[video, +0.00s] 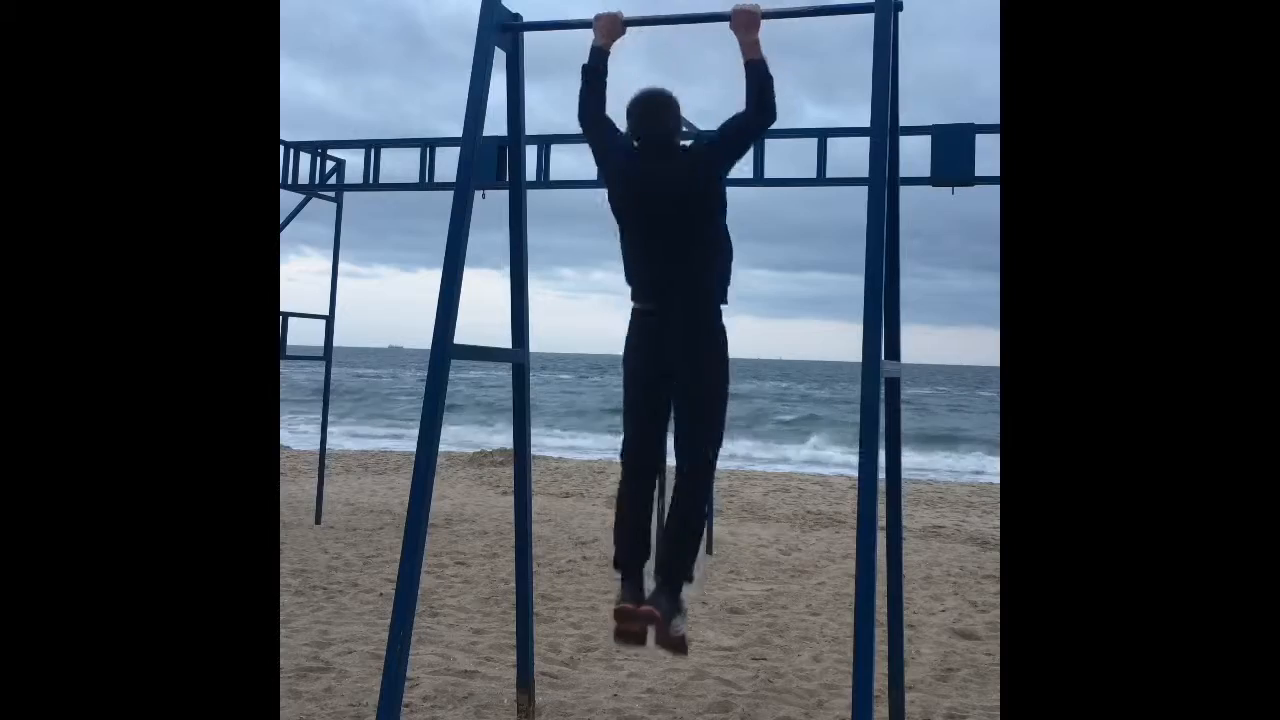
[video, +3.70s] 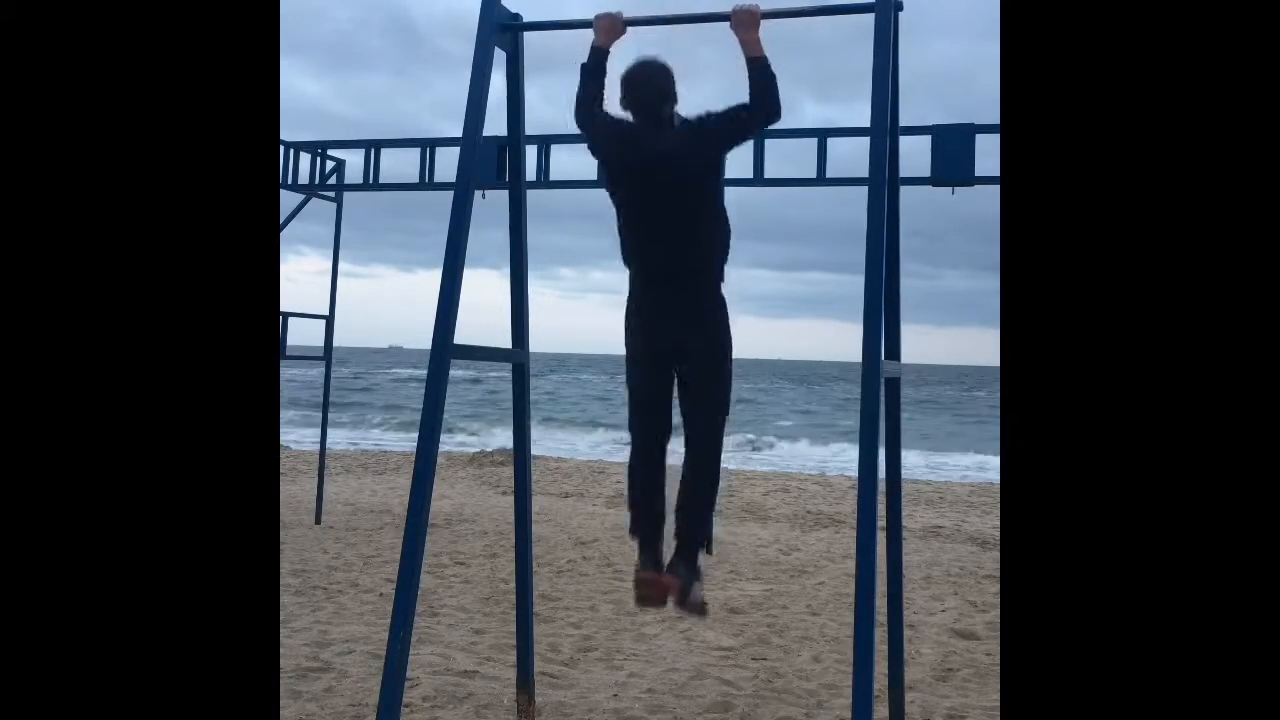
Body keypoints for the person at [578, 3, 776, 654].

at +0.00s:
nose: (683, 122)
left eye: (674, 117)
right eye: (680, 116)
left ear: (631, 130)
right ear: (678, 124)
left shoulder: (620, 167)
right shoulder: (707, 161)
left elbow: (592, 114)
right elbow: (760, 111)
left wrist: (600, 46)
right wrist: (751, 43)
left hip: (646, 330)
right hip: (701, 332)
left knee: (639, 460)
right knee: (695, 469)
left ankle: (631, 592)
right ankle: (666, 600)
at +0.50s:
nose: (640, 75)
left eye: (622, 67)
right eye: (651, 66)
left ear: (613, 75)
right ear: (659, 73)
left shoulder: (600, 125)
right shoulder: (692, 114)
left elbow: (589, 91)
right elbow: (754, 106)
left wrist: (599, 43)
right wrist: (749, 43)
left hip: (634, 288)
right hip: (692, 287)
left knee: (639, 410)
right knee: (696, 413)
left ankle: (642, 531)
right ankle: (678, 538)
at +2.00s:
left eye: (618, 4)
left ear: (618, 3)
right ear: (664, 1)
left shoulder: (599, 41)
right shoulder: (693, 34)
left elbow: (564, 99)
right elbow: (762, 88)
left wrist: (594, 33)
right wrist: (750, 36)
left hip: (634, 206)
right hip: (693, 203)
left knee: (651, 324)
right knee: (710, 321)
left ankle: (668, 445)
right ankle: (706, 448)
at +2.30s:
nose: (657, 45)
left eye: (638, 34)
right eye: (661, 35)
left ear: (622, 46)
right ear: (668, 44)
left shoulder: (603, 94)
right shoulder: (697, 86)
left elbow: (571, 104)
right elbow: (770, 101)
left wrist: (597, 43)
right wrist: (754, 41)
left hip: (639, 261)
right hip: (698, 259)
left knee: (650, 381)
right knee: (707, 381)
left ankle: (662, 503)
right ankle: (700, 504)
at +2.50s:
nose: (677, 114)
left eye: (663, 108)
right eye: (677, 108)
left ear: (627, 119)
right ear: (676, 114)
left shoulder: (614, 157)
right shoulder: (704, 149)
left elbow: (589, 109)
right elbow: (762, 109)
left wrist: (599, 46)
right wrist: (751, 45)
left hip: (645, 324)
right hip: (702, 324)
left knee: (643, 454)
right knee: (699, 460)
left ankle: (639, 578)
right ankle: (678, 587)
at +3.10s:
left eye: (610, 37)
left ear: (609, 47)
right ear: (656, 42)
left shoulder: (596, 102)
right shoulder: (687, 82)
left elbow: (581, 94)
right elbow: (752, 104)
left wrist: (597, 42)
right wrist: (748, 42)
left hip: (635, 259)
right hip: (694, 255)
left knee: (647, 372)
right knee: (706, 376)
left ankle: (655, 489)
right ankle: (694, 496)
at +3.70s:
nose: (657, 100)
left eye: (636, 93)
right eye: (664, 91)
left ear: (625, 102)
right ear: (674, 98)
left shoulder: (613, 144)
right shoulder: (706, 138)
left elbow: (587, 109)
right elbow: (765, 107)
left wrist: (599, 45)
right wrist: (752, 43)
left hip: (647, 310)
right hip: (703, 310)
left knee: (647, 439)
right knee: (703, 442)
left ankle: (649, 565)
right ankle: (685, 568)